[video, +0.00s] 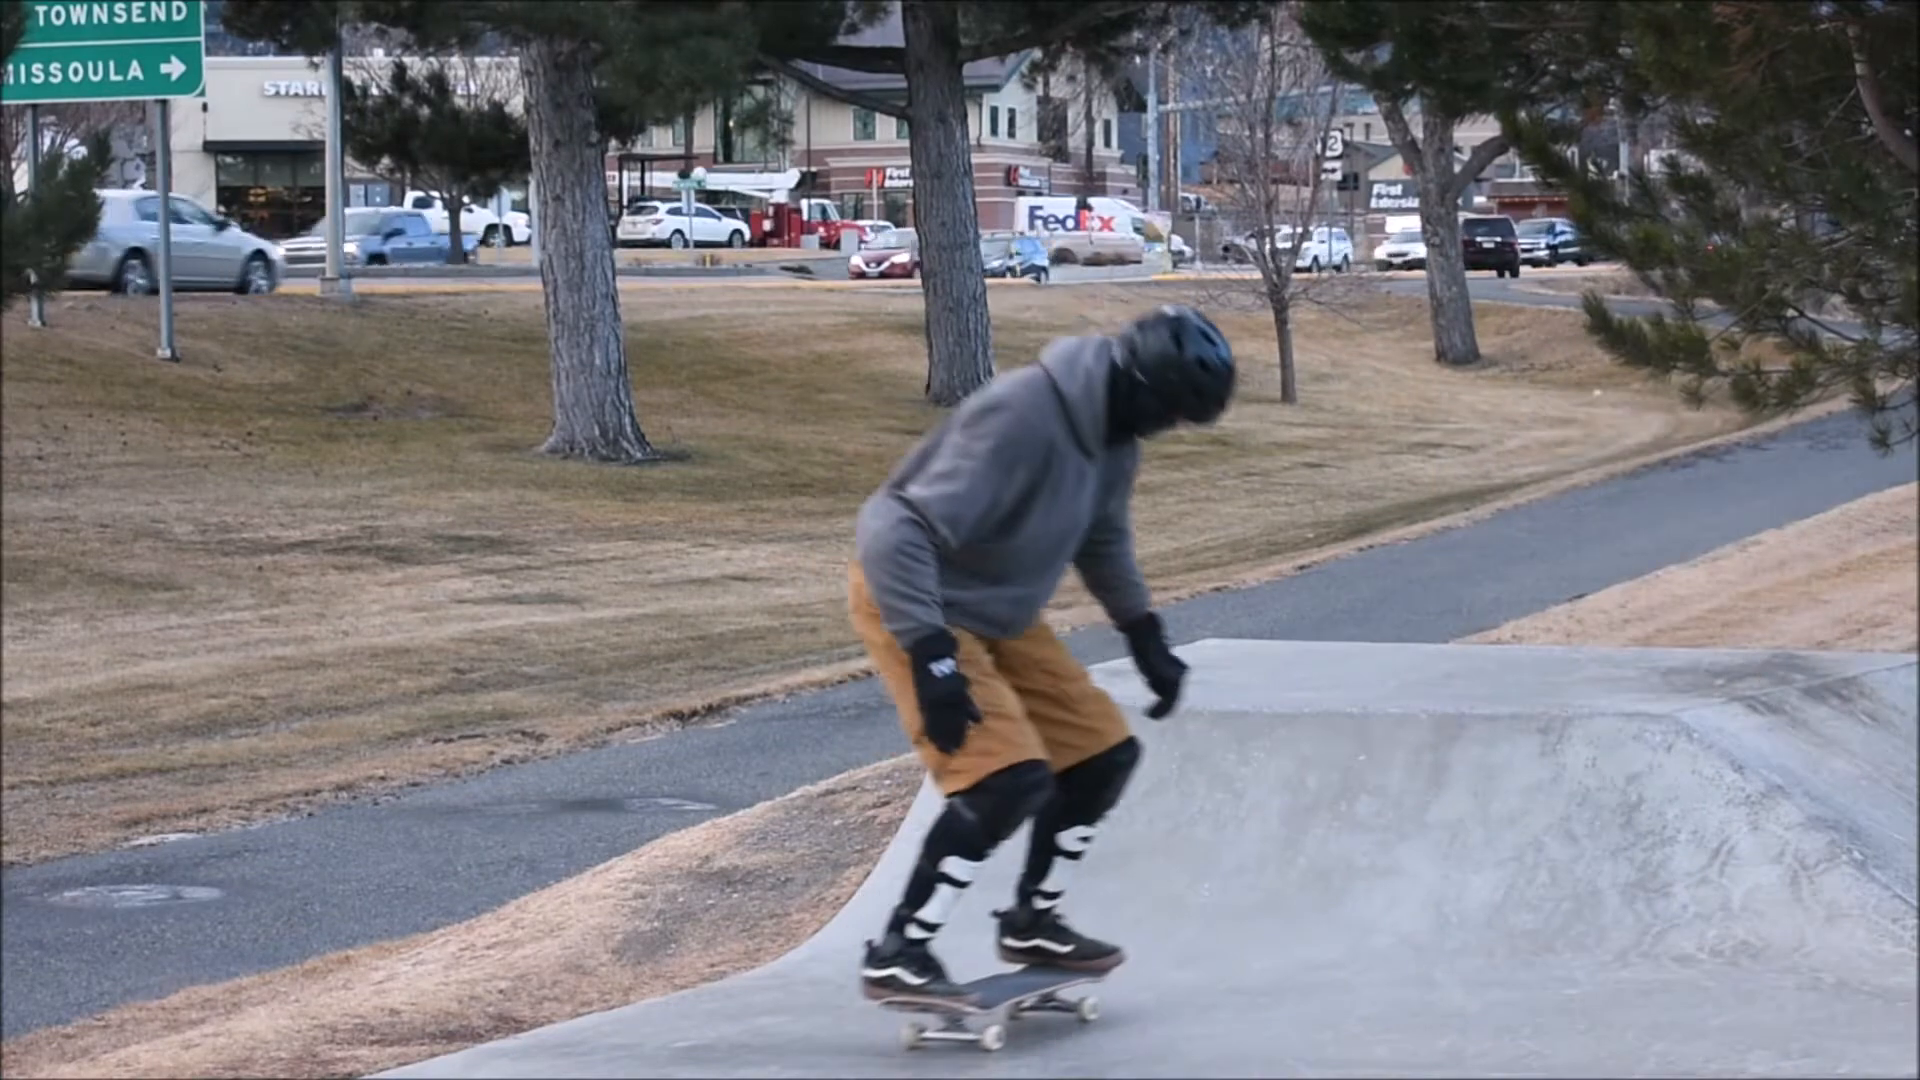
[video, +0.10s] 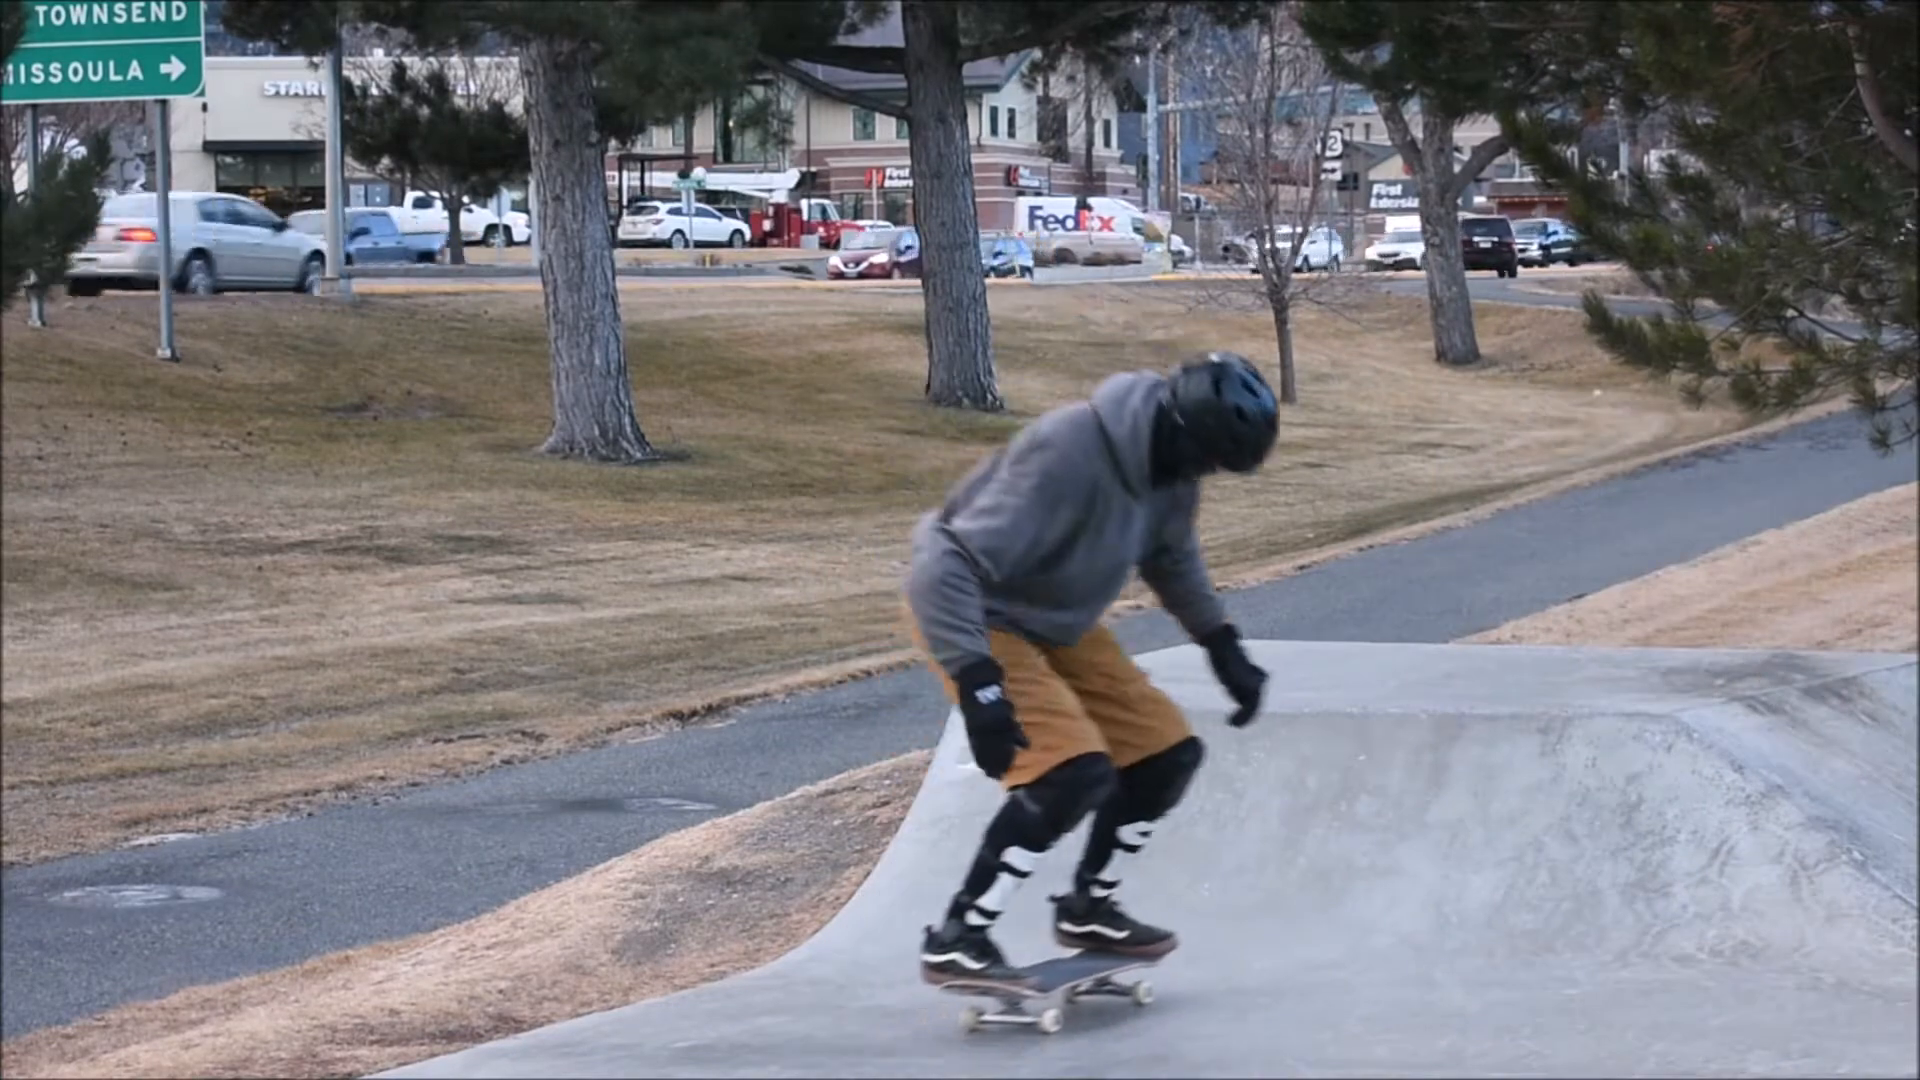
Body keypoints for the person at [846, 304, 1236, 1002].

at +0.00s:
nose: (1165, 427)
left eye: (1177, 418)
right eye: (1168, 411)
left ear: (1151, 384)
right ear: (1144, 379)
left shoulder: (1112, 433)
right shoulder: (1023, 413)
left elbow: (1103, 541)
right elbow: (893, 526)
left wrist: (1147, 640)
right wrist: (930, 656)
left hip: (999, 610)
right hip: (912, 600)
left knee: (1102, 757)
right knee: (1008, 776)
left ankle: (1030, 919)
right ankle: (900, 946)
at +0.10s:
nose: (1209, 470)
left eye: (1218, 462)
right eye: (1210, 457)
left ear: (1193, 430)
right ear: (1186, 429)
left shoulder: (1172, 464)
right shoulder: (1068, 450)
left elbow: (1170, 557)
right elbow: (944, 557)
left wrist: (1222, 644)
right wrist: (976, 683)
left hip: (1058, 620)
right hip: (974, 613)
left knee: (1163, 754)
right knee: (1072, 771)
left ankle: (1086, 907)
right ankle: (958, 931)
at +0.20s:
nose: (1247, 505)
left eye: (1256, 496)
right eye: (1244, 492)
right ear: (1217, 465)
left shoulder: (1231, 490)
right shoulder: (1107, 478)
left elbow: (1242, 573)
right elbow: (982, 587)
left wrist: (1307, 639)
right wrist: (1021, 703)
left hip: (1121, 623)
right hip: (1036, 618)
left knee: (1221, 756)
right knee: (1129, 763)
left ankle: (1142, 895)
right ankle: (1013, 921)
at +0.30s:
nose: (1267, 504)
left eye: (1286, 495)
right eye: (1264, 491)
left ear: (1304, 469)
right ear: (1237, 456)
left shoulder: (1288, 474)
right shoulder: (1152, 468)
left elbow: (1305, 577)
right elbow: (1033, 580)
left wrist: (1349, 597)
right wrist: (1051, 696)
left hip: (1186, 613)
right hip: (1096, 609)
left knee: (1275, 750)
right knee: (1181, 753)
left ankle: (1194, 883)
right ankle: (1068, 909)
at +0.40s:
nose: (1292, 459)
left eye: (1311, 450)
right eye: (1284, 444)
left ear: (1338, 425)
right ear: (1262, 409)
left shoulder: (1343, 435)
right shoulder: (1194, 421)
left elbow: (1388, 560)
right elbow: (1088, 493)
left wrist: (1330, 542)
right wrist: (1047, 598)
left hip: (1255, 585)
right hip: (1158, 574)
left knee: (1317, 737)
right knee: (1222, 736)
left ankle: (1251, 859)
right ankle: (1129, 900)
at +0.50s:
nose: (1315, 383)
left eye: (1329, 372)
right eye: (1302, 370)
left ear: (1354, 344)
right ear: (1276, 339)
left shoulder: (1377, 357)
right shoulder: (1223, 335)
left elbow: (1440, 469)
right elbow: (1137, 337)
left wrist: (1402, 536)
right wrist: (1069, 398)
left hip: (1321, 535)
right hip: (1219, 530)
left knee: (1371, 685)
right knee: (1247, 695)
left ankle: (1340, 790)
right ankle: (1184, 845)